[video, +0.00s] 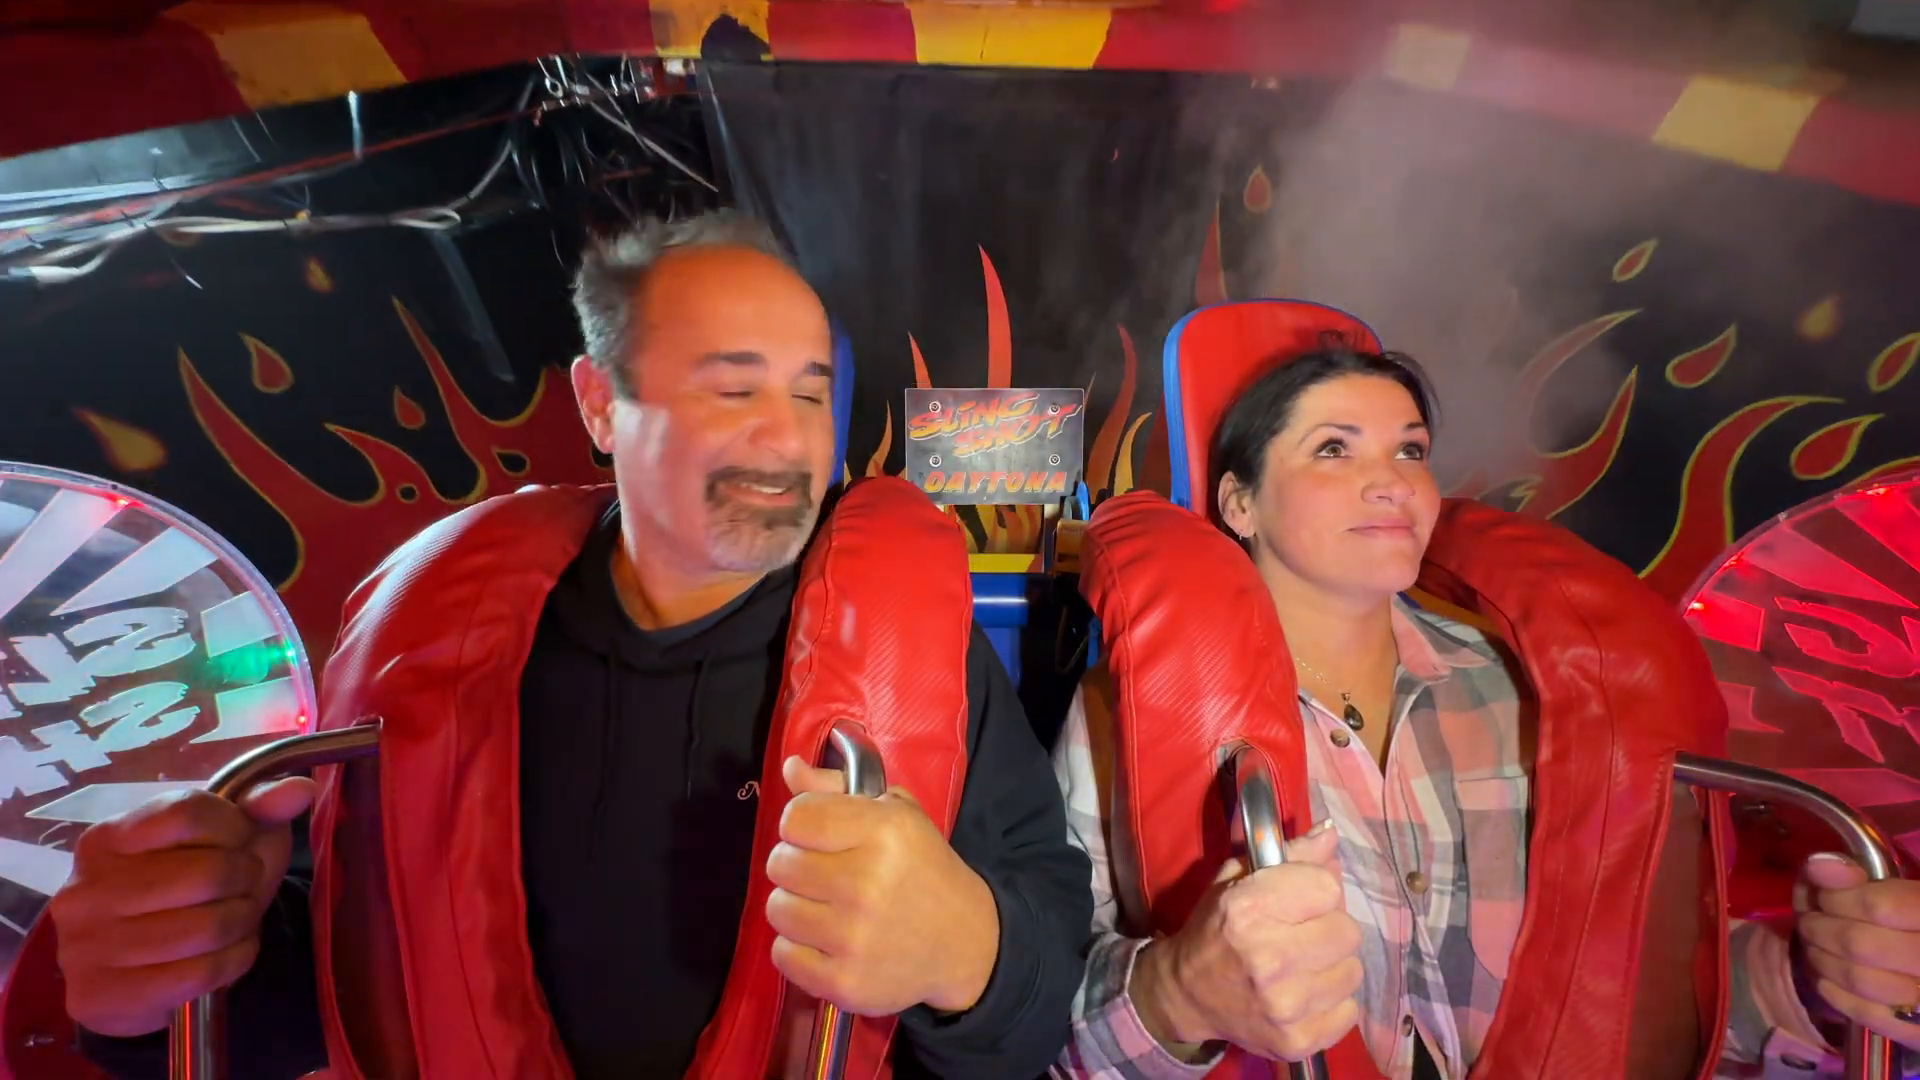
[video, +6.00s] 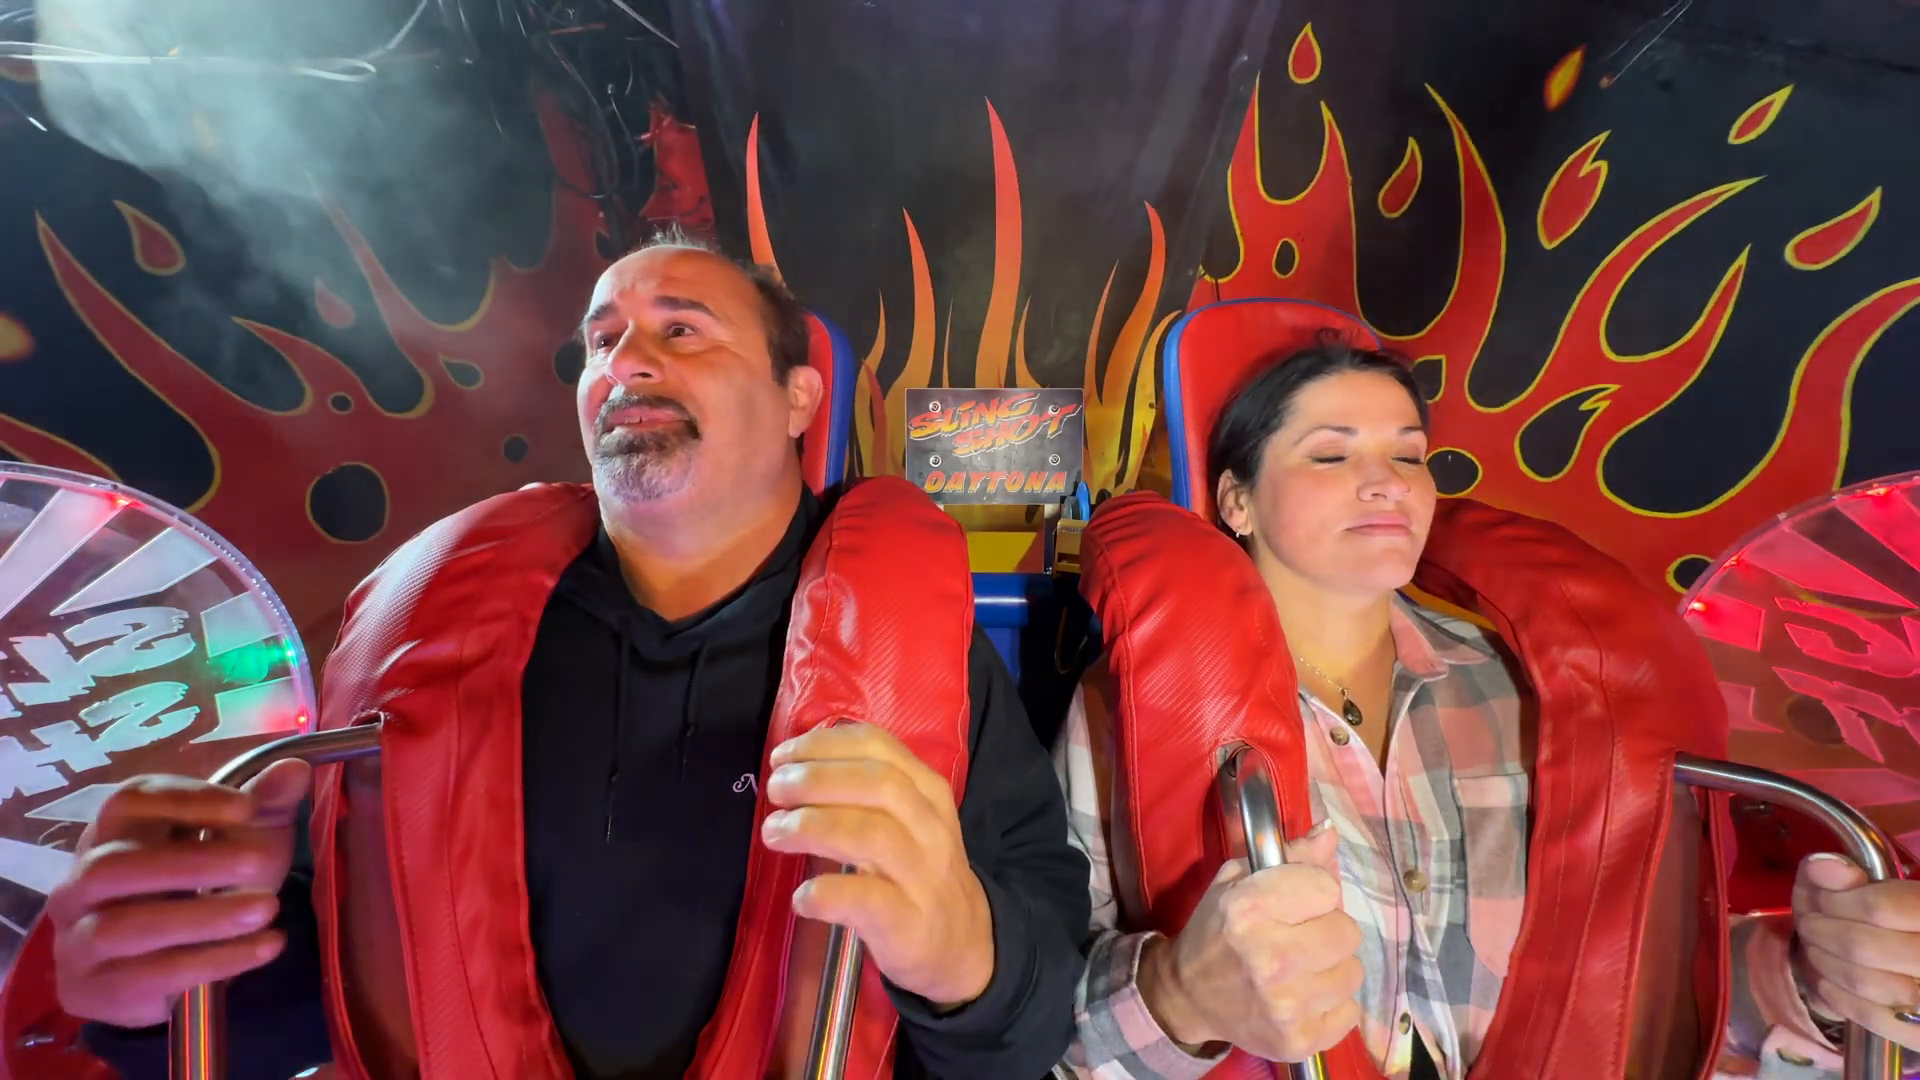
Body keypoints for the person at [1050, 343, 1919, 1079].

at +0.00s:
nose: (1391, 481)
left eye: (1410, 453)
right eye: (1333, 451)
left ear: (1435, 493)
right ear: (1240, 505)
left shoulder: (1522, 695)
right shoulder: (1143, 716)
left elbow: (1612, 974)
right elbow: (1047, 1040)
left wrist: (1804, 975)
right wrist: (1174, 998)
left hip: (1499, 1069)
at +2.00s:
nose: (1376, 484)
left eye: (1397, 452)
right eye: (1319, 452)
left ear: (1429, 488)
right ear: (1233, 502)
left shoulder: (1518, 692)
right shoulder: (1143, 713)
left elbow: (1626, 962)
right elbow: (1066, 1036)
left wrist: (1817, 975)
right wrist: (1178, 1001)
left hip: (1501, 1071)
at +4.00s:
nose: (1384, 485)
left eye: (1404, 458)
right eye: (1330, 457)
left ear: (1433, 491)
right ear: (1237, 503)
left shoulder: (1517, 693)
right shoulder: (1139, 714)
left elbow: (1618, 958)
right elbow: (1061, 1034)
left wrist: (1809, 977)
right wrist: (1173, 1001)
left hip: (1493, 1065)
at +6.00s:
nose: (1388, 487)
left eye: (1408, 459)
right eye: (1332, 457)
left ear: (1435, 491)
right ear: (1238, 503)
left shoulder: (1522, 694)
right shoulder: (1141, 715)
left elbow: (1611, 976)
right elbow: (1046, 1036)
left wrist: (1800, 975)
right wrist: (1172, 1001)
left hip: (1492, 1066)